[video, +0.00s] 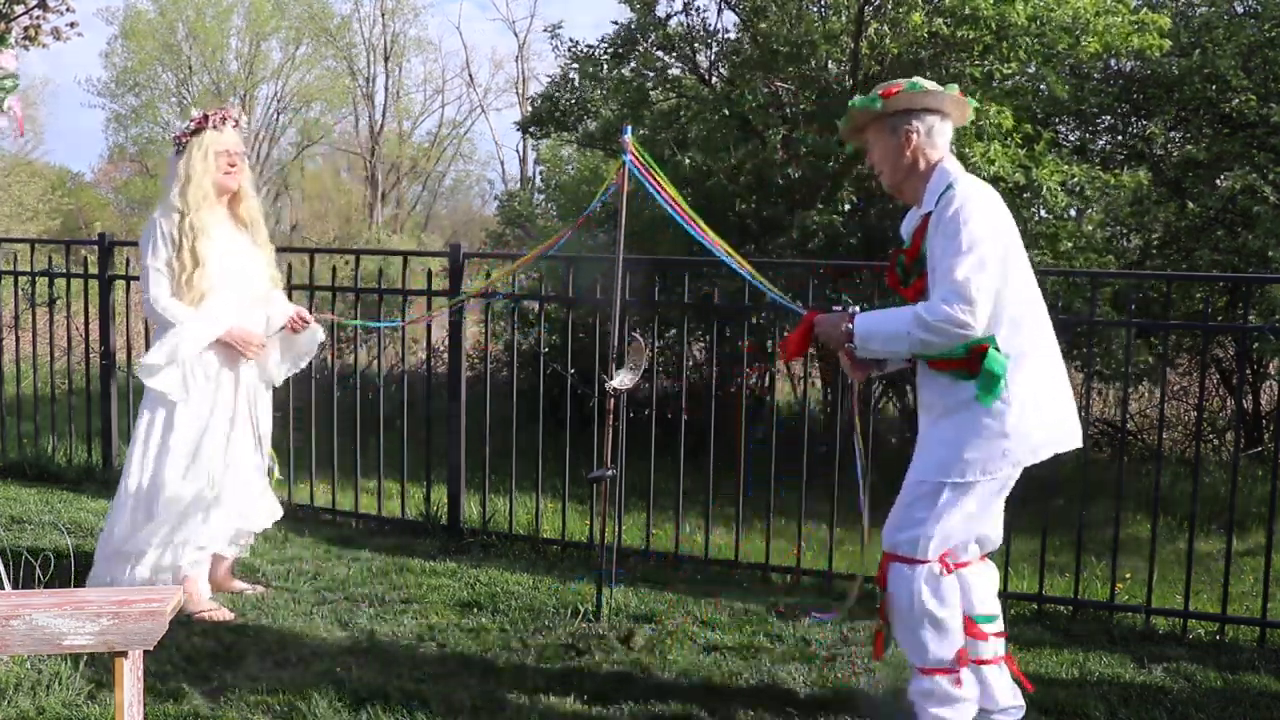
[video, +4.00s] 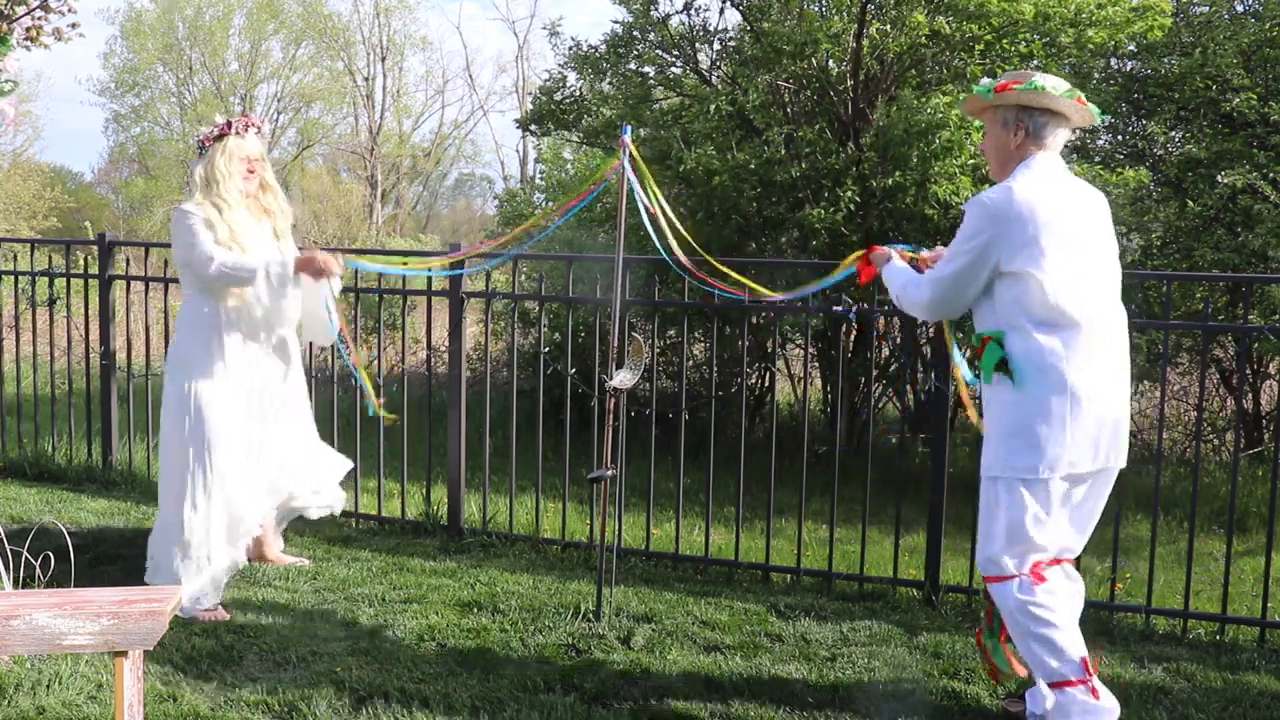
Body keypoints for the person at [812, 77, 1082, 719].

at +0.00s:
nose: (867, 165)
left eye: (871, 148)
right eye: (864, 151)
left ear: (913, 140)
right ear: (917, 143)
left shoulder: (964, 205)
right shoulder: (940, 211)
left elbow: (962, 316)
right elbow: (950, 327)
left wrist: (856, 328)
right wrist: (878, 353)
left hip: (982, 414)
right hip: (980, 414)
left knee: (914, 547)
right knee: (962, 551)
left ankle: (942, 701)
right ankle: (994, 696)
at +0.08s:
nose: (884, 159)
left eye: (889, 142)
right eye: (882, 146)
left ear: (933, 135)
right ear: (933, 137)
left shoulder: (981, 201)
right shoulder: (950, 210)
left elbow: (971, 313)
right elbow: (956, 321)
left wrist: (861, 318)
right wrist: (881, 343)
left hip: (997, 410)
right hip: (971, 410)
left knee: (943, 546)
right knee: (940, 545)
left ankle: (999, 698)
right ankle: (990, 686)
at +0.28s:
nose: (922, 151)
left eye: (928, 135)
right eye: (921, 138)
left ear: (973, 131)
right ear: (968, 134)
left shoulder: (1017, 202)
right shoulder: (982, 208)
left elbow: (994, 311)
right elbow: (971, 317)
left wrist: (885, 301)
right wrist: (889, 317)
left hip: (1033, 424)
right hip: (991, 425)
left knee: (1022, 566)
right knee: (977, 557)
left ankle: (1089, 702)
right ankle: (990, 695)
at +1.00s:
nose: (1016, 141)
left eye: (1023, 125)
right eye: (1014, 128)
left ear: (1074, 119)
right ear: (1069, 124)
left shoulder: (1121, 201)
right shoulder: (1061, 205)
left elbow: (1081, 308)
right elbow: (1043, 308)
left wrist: (964, 271)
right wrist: (956, 283)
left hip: (1121, 439)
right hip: (1065, 430)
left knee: (1100, 595)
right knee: (1018, 546)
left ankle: (1109, 710)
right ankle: (1017, 693)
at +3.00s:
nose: (1030, 141)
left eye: (1040, 124)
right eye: (1029, 127)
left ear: (1090, 127)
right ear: (1072, 131)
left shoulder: (1147, 211)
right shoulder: (1046, 218)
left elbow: (1116, 330)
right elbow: (1025, 331)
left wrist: (992, 308)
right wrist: (958, 316)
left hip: (1123, 460)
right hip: (1049, 453)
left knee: (1081, 613)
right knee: (1019, 583)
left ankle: (1102, 713)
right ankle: (1061, 703)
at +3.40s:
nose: (1011, 124)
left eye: (1018, 109)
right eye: (1010, 110)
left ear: (1061, 113)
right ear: (1060, 113)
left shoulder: (1101, 195)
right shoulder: (1062, 191)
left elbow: (1023, 303)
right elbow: (1010, 267)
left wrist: (923, 264)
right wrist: (935, 227)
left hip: (1105, 438)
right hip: (1056, 432)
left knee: (1098, 607)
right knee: (1025, 548)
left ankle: (1103, 714)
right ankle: (1068, 692)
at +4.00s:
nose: (978, 140)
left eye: (985, 127)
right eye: (980, 127)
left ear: (1018, 132)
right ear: (1042, 134)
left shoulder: (1001, 206)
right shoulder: (1091, 201)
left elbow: (934, 298)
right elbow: (1039, 284)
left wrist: (887, 267)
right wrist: (952, 264)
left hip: (1036, 425)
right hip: (1105, 425)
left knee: (1011, 565)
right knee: (1053, 558)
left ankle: (1077, 698)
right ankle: (1055, 688)